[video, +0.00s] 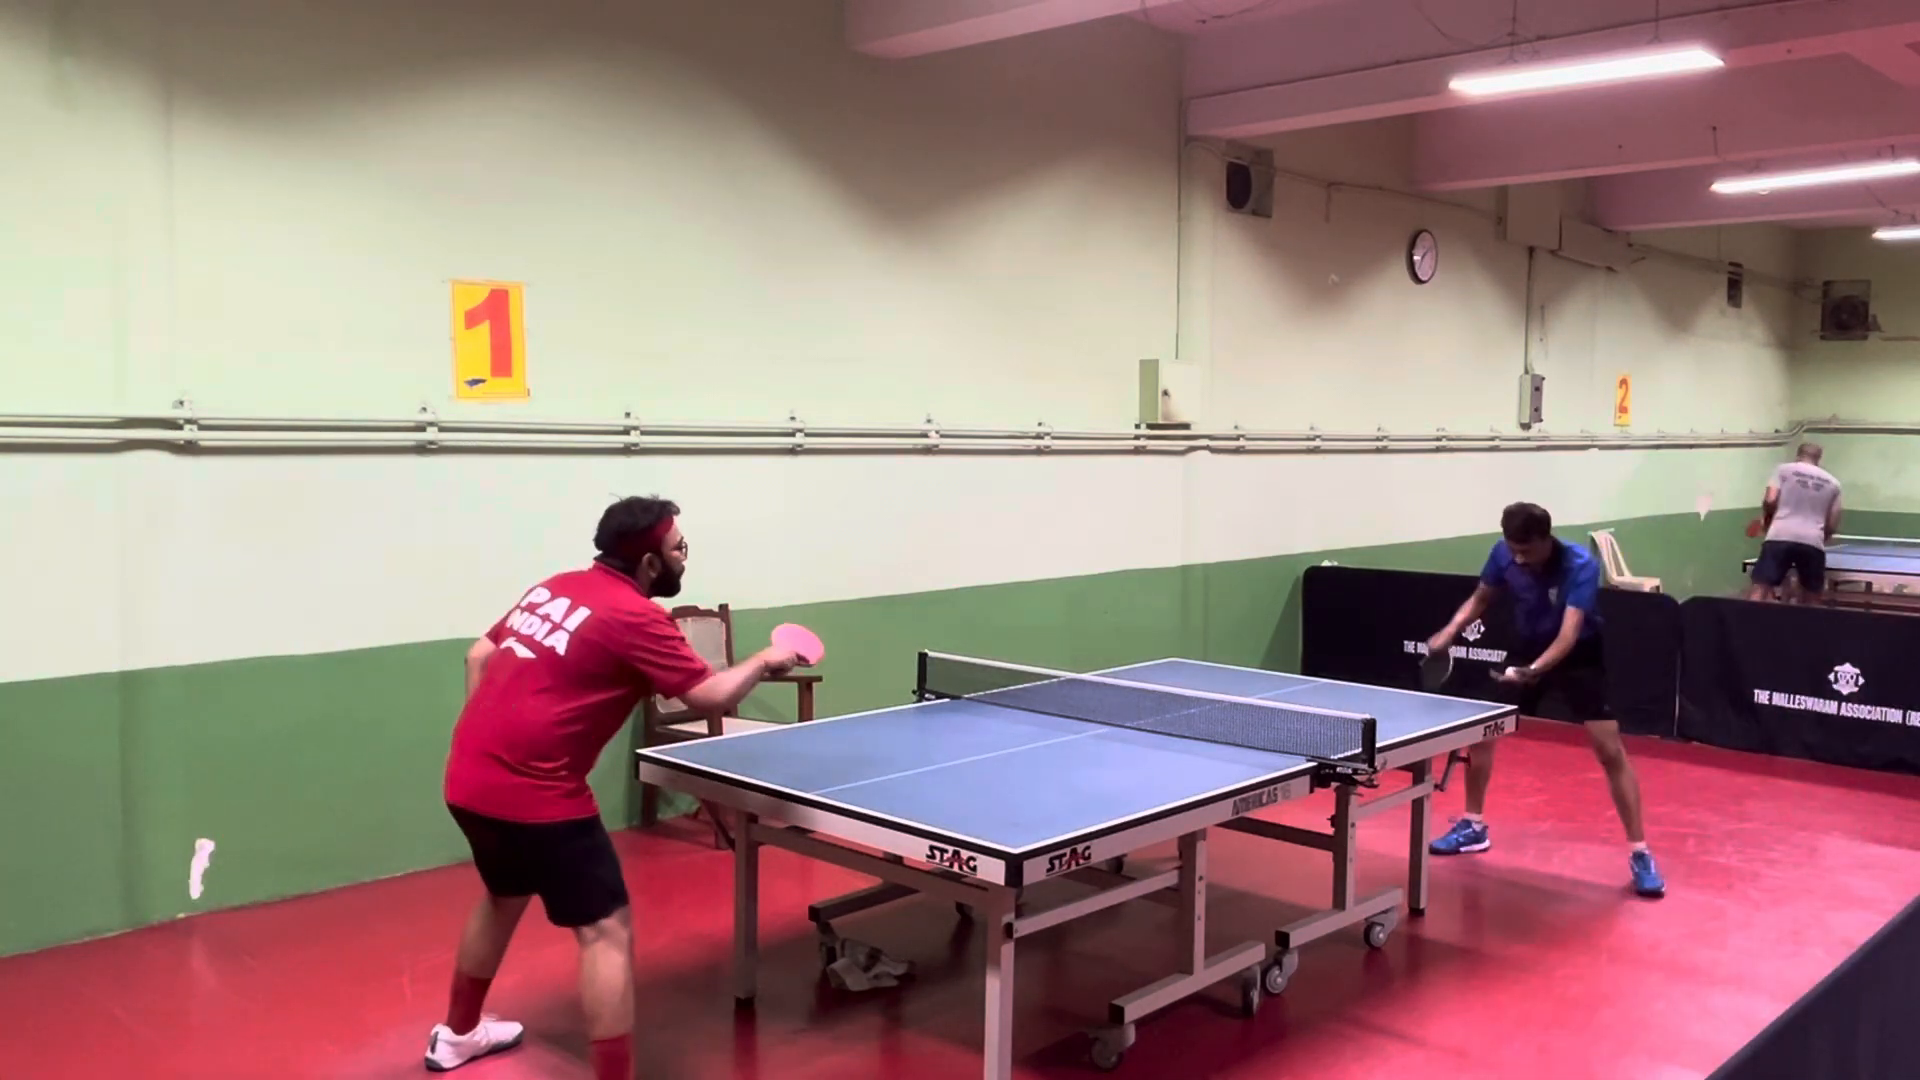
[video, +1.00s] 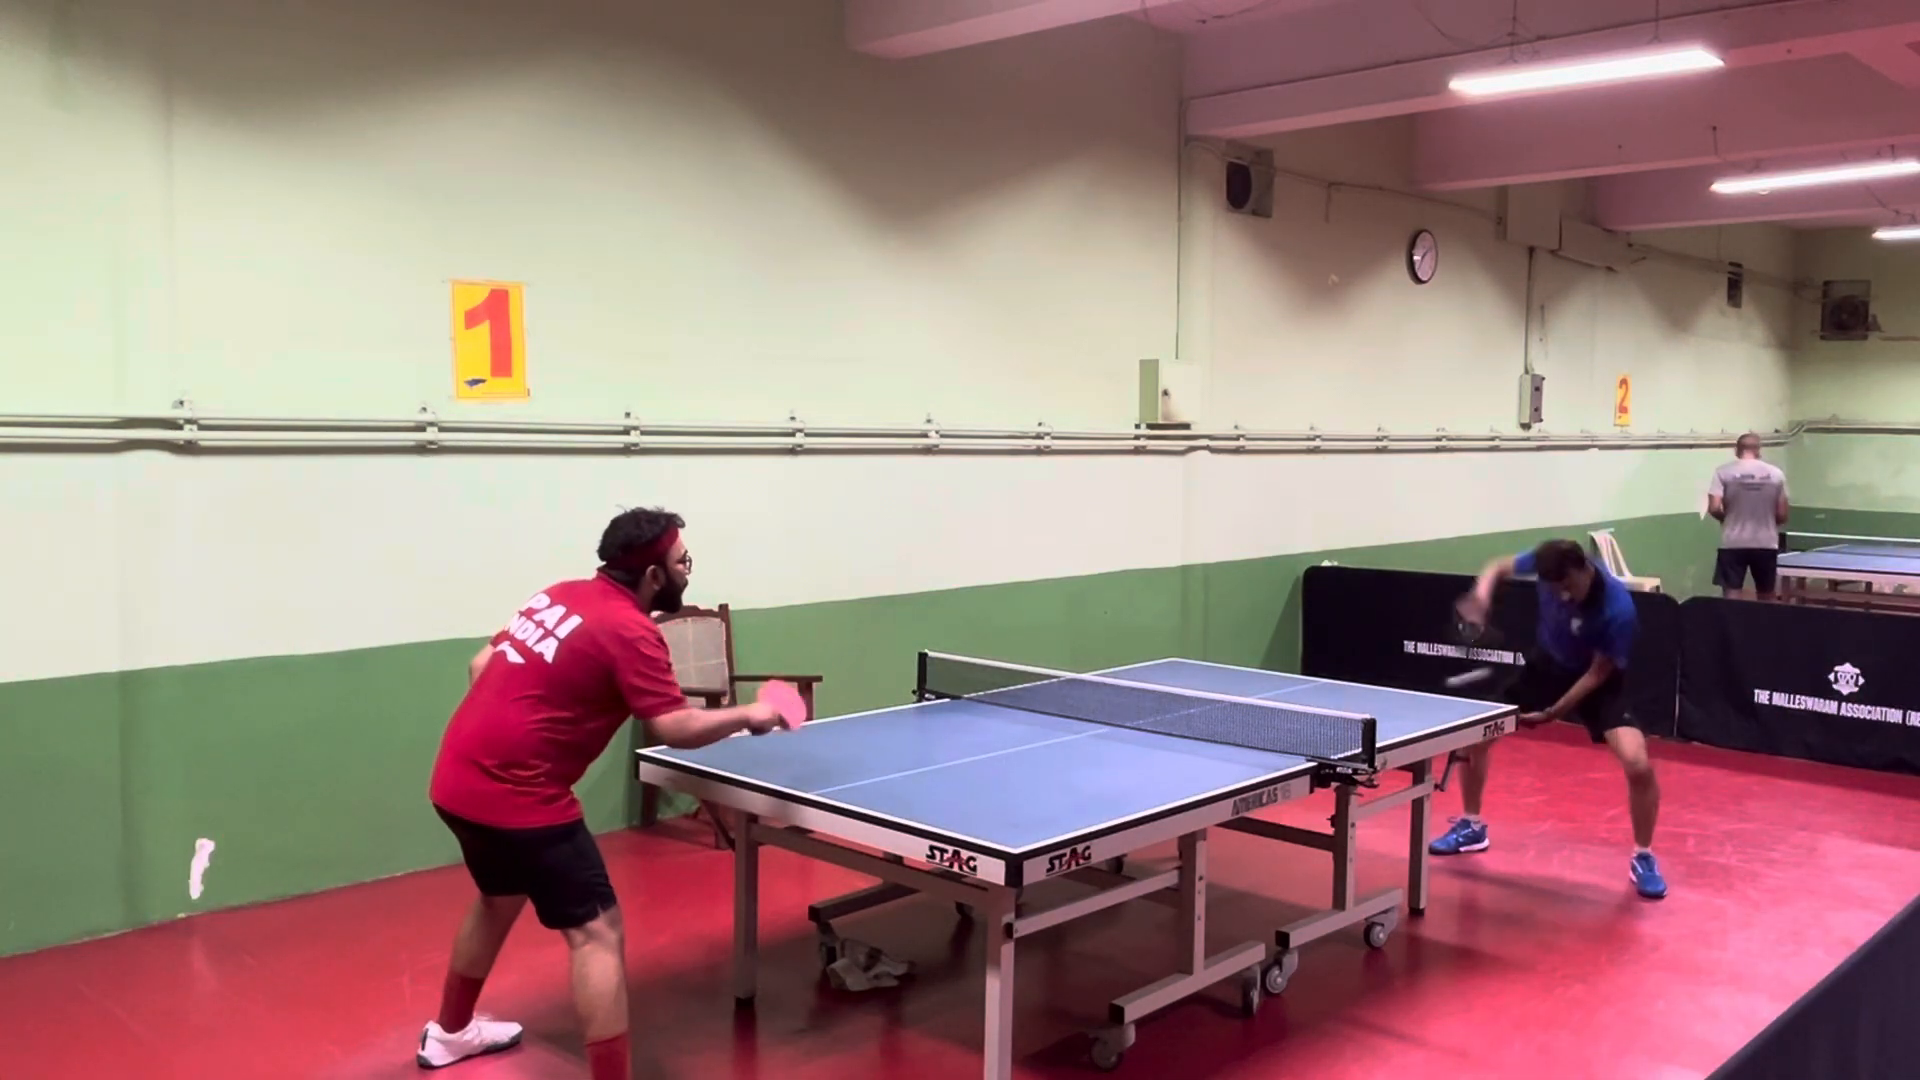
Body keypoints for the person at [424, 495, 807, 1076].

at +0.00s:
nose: (686, 556)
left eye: (683, 545)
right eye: (678, 548)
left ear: (623, 555)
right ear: (648, 561)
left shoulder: (559, 585)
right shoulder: (640, 618)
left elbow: (480, 655)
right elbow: (710, 696)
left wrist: (485, 740)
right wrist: (763, 660)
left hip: (469, 785)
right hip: (541, 796)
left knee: (504, 896)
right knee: (605, 929)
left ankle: (457, 1033)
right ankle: (615, 1071)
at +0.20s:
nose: (698, 562)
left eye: (695, 552)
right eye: (690, 555)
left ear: (634, 562)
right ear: (659, 569)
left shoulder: (567, 588)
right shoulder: (648, 624)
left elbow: (486, 654)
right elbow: (723, 699)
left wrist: (482, 739)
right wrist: (775, 663)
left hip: (468, 783)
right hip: (538, 795)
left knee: (504, 897)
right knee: (605, 929)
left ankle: (458, 1032)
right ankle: (614, 1071)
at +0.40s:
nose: (701, 568)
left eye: (697, 558)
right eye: (692, 561)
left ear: (638, 568)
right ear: (660, 575)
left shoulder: (575, 592)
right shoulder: (649, 631)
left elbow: (490, 655)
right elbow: (724, 702)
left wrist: (497, 740)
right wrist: (780, 663)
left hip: (466, 781)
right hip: (531, 796)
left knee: (509, 895)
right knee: (602, 930)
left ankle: (456, 1028)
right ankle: (612, 1072)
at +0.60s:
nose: (698, 569)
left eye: (695, 559)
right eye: (690, 562)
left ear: (635, 569)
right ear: (658, 576)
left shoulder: (572, 593)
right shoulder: (646, 632)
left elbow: (488, 658)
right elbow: (721, 705)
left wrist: (505, 740)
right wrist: (779, 669)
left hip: (463, 781)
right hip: (528, 795)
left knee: (507, 896)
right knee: (599, 931)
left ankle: (451, 1029)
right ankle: (612, 1072)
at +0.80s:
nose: (694, 569)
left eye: (691, 559)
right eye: (686, 562)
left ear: (627, 568)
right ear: (655, 576)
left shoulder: (566, 594)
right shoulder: (641, 632)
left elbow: (484, 661)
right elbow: (712, 714)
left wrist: (519, 735)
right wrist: (771, 682)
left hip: (459, 781)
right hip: (524, 796)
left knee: (501, 896)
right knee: (596, 931)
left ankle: (450, 1030)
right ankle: (612, 1072)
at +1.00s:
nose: (690, 567)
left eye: (686, 556)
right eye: (681, 559)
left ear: (623, 567)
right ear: (651, 574)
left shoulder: (564, 593)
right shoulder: (633, 632)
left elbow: (482, 664)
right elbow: (673, 727)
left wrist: (516, 738)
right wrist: (748, 715)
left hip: (458, 784)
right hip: (524, 799)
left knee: (499, 899)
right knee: (596, 930)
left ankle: (449, 1031)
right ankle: (613, 1072)